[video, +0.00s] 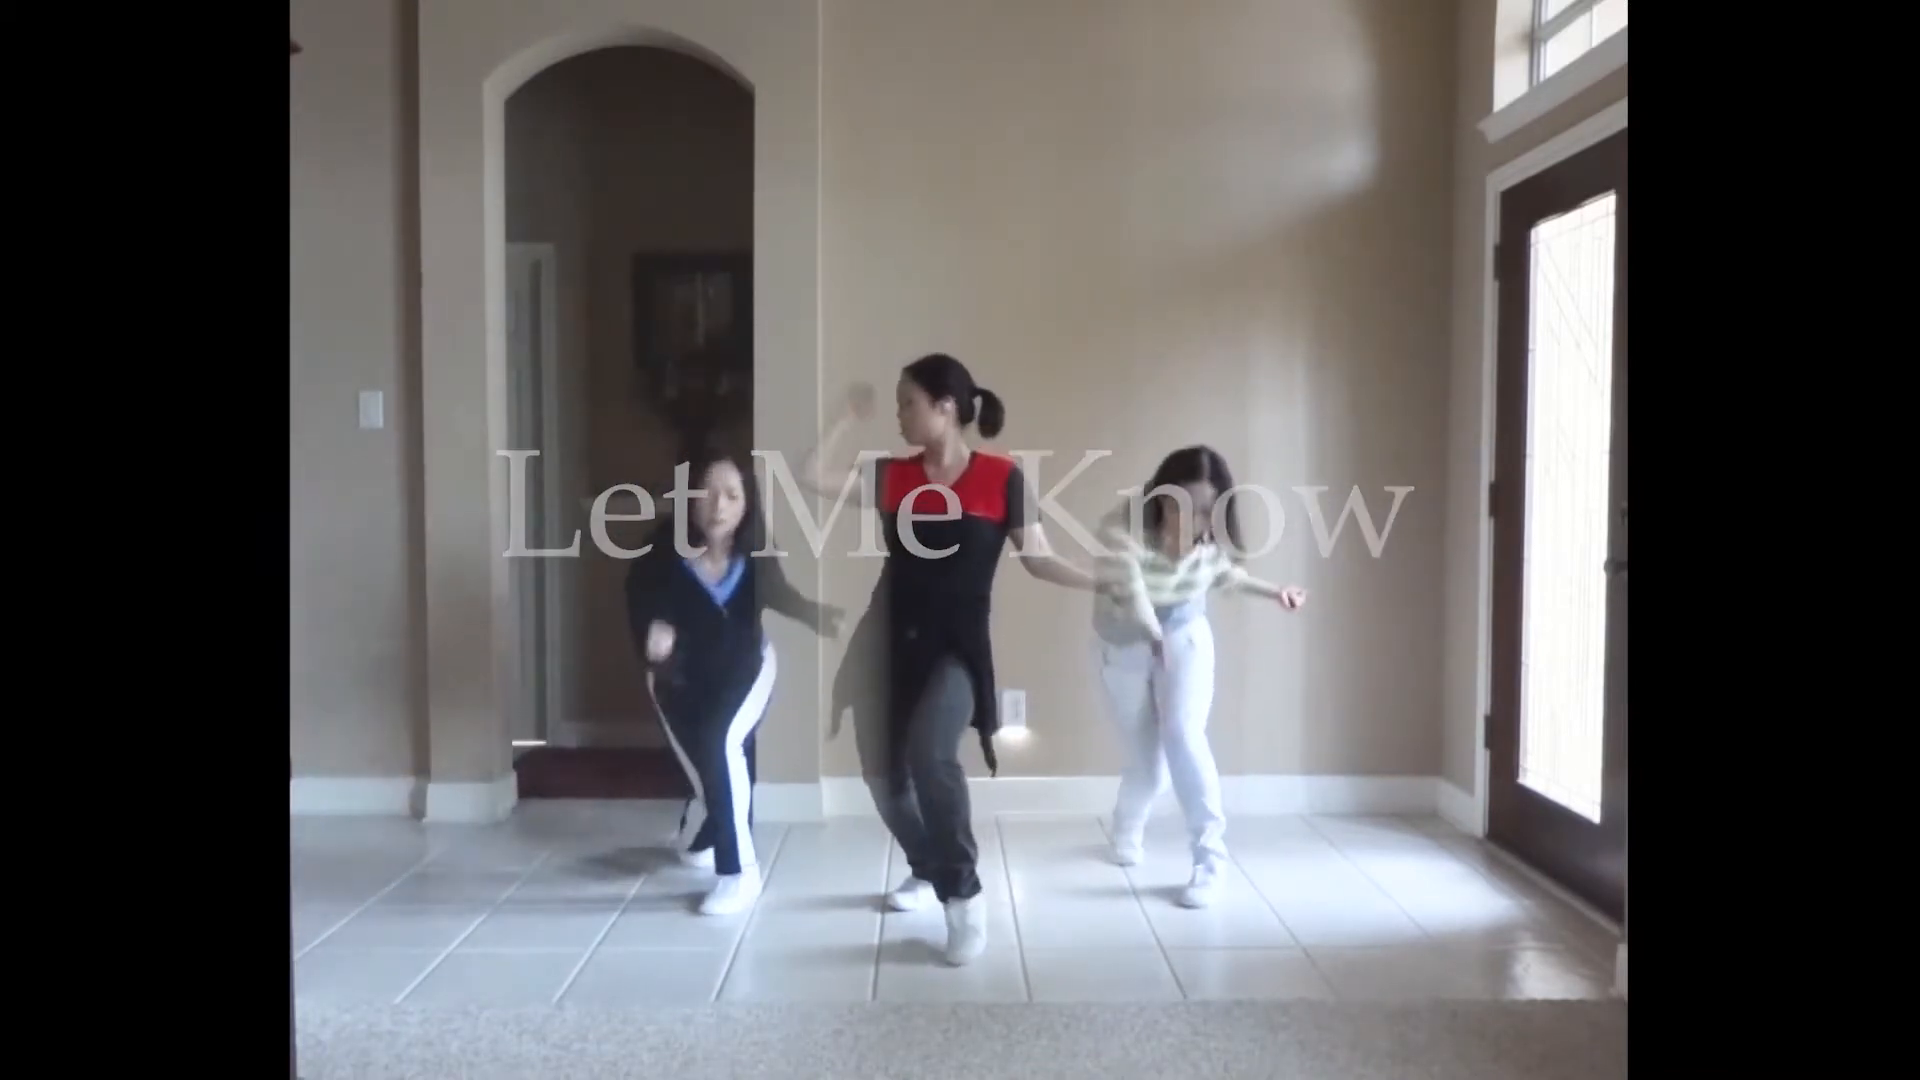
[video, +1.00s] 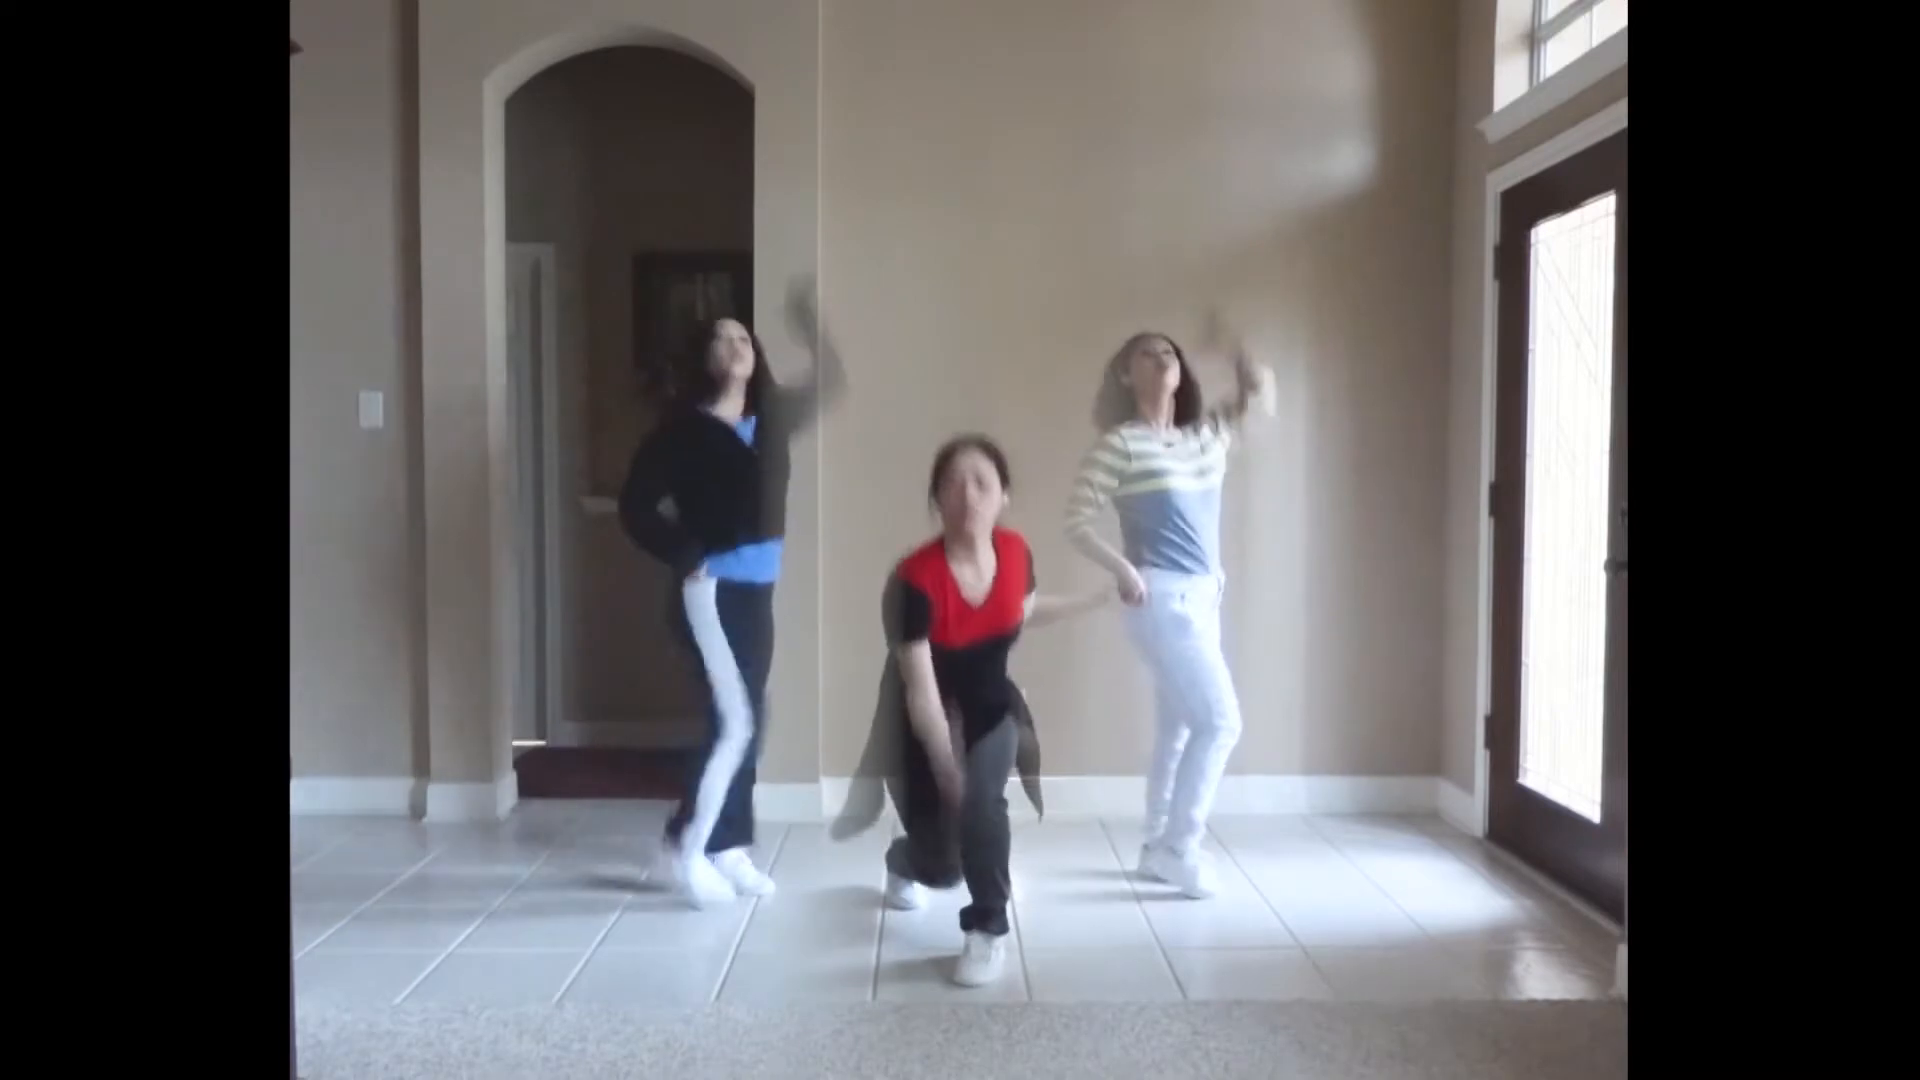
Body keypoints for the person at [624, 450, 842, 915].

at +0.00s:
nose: (719, 505)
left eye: (731, 495)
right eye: (708, 494)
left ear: (746, 504)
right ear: (690, 500)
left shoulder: (754, 556)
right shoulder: (667, 555)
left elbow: (779, 594)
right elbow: (640, 588)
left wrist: (818, 616)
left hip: (744, 665)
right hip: (681, 674)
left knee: (720, 742)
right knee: (711, 770)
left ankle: (738, 872)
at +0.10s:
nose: (723, 475)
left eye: (735, 464)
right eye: (712, 463)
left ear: (748, 473)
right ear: (693, 467)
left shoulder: (755, 521)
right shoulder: (662, 528)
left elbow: (774, 564)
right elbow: (631, 606)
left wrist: (813, 587)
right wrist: (666, 617)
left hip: (742, 649)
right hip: (676, 656)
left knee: (722, 738)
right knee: (706, 756)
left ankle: (737, 868)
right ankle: (698, 836)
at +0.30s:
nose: (733, 415)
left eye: (744, 405)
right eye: (721, 403)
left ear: (756, 415)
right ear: (699, 408)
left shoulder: (762, 470)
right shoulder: (663, 471)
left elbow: (806, 510)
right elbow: (619, 546)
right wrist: (659, 605)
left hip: (740, 623)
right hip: (677, 626)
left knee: (734, 736)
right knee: (690, 736)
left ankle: (743, 855)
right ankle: (690, 835)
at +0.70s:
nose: (746, 403)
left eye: (758, 393)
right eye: (736, 389)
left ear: (767, 402)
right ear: (710, 390)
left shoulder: (762, 459)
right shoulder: (670, 456)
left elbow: (819, 502)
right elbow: (627, 530)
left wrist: (883, 487)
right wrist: (667, 604)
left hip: (756, 611)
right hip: (703, 617)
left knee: (770, 739)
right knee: (741, 748)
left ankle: (735, 853)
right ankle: (671, 765)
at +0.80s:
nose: (747, 412)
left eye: (759, 404)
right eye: (737, 398)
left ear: (768, 412)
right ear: (711, 398)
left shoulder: (756, 472)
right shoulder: (670, 463)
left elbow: (788, 545)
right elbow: (629, 535)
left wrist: (812, 510)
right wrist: (671, 605)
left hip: (756, 619)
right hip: (702, 623)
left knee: (774, 739)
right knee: (774, 738)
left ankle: (737, 857)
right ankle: (678, 739)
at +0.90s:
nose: (744, 386)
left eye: (754, 377)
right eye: (733, 374)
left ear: (765, 389)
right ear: (710, 381)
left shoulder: (764, 457)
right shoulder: (676, 455)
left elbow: (813, 500)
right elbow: (629, 526)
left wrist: (795, 445)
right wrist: (672, 584)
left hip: (753, 609)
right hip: (703, 613)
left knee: (758, 733)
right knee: (780, 725)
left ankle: (735, 856)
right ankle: (681, 776)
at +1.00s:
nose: (736, 348)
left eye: (743, 341)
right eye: (723, 341)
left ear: (755, 356)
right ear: (706, 359)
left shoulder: (769, 415)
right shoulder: (685, 426)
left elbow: (825, 389)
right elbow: (636, 508)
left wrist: (812, 330)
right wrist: (682, 556)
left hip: (757, 582)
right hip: (709, 584)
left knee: (748, 718)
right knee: (736, 720)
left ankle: (731, 845)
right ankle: (685, 845)